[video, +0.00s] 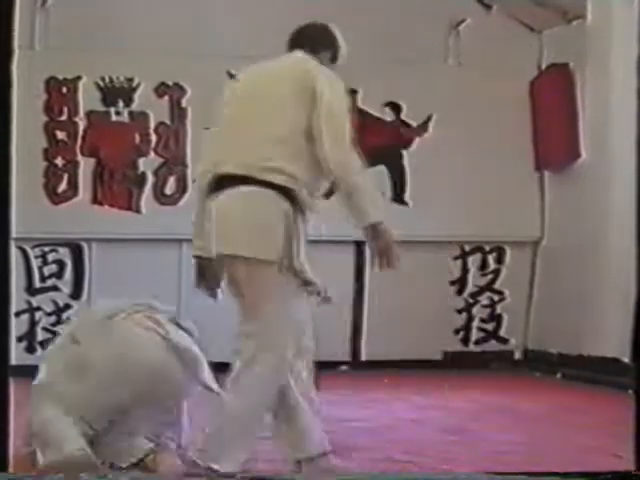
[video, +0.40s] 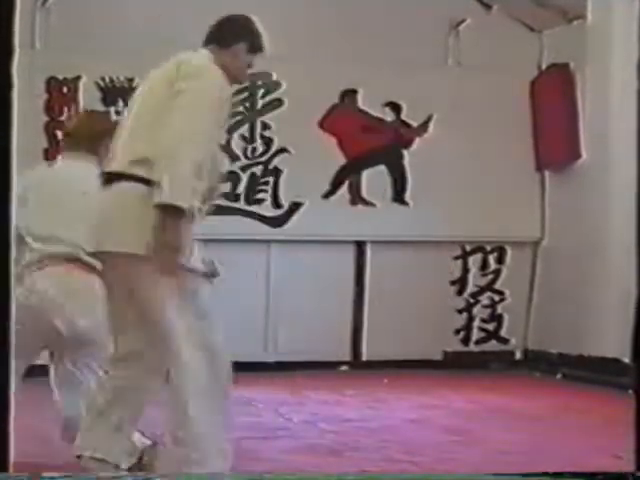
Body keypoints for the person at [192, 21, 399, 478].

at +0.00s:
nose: (334, 71)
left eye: (335, 66)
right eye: (335, 65)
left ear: (293, 47)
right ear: (326, 55)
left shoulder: (244, 81)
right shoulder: (321, 78)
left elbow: (209, 165)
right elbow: (338, 156)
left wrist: (204, 248)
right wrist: (374, 224)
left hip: (222, 209)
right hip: (265, 210)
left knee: (288, 337)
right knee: (268, 344)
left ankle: (307, 451)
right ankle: (218, 459)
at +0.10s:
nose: (306, 73)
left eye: (307, 67)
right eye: (307, 66)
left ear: (268, 46)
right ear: (298, 55)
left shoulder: (214, 81)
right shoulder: (285, 80)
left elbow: (196, 161)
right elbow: (292, 162)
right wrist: (323, 241)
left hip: (191, 218)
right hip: (232, 221)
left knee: (246, 345)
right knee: (255, 347)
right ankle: (224, 462)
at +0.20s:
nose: (291, 70)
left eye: (294, 62)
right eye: (293, 61)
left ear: (252, 42)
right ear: (282, 50)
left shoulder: (199, 75)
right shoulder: (262, 75)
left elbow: (173, 160)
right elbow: (257, 158)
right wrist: (277, 237)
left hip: (172, 217)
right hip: (212, 218)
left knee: (213, 348)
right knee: (235, 351)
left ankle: (171, 443)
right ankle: (220, 464)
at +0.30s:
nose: (266, 68)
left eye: (269, 59)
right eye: (267, 56)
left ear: (230, 40)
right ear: (251, 44)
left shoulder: (183, 70)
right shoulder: (228, 73)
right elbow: (214, 147)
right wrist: (208, 223)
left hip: (144, 214)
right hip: (176, 216)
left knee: (166, 350)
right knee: (214, 344)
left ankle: (106, 444)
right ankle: (218, 462)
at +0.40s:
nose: (251, 70)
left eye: (253, 61)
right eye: (251, 59)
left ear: (215, 41)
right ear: (237, 47)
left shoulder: (168, 73)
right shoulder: (208, 76)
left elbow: (137, 148)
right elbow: (186, 148)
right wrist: (175, 227)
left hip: (115, 214)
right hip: (146, 217)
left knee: (138, 347)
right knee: (192, 348)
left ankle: (102, 446)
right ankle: (203, 460)